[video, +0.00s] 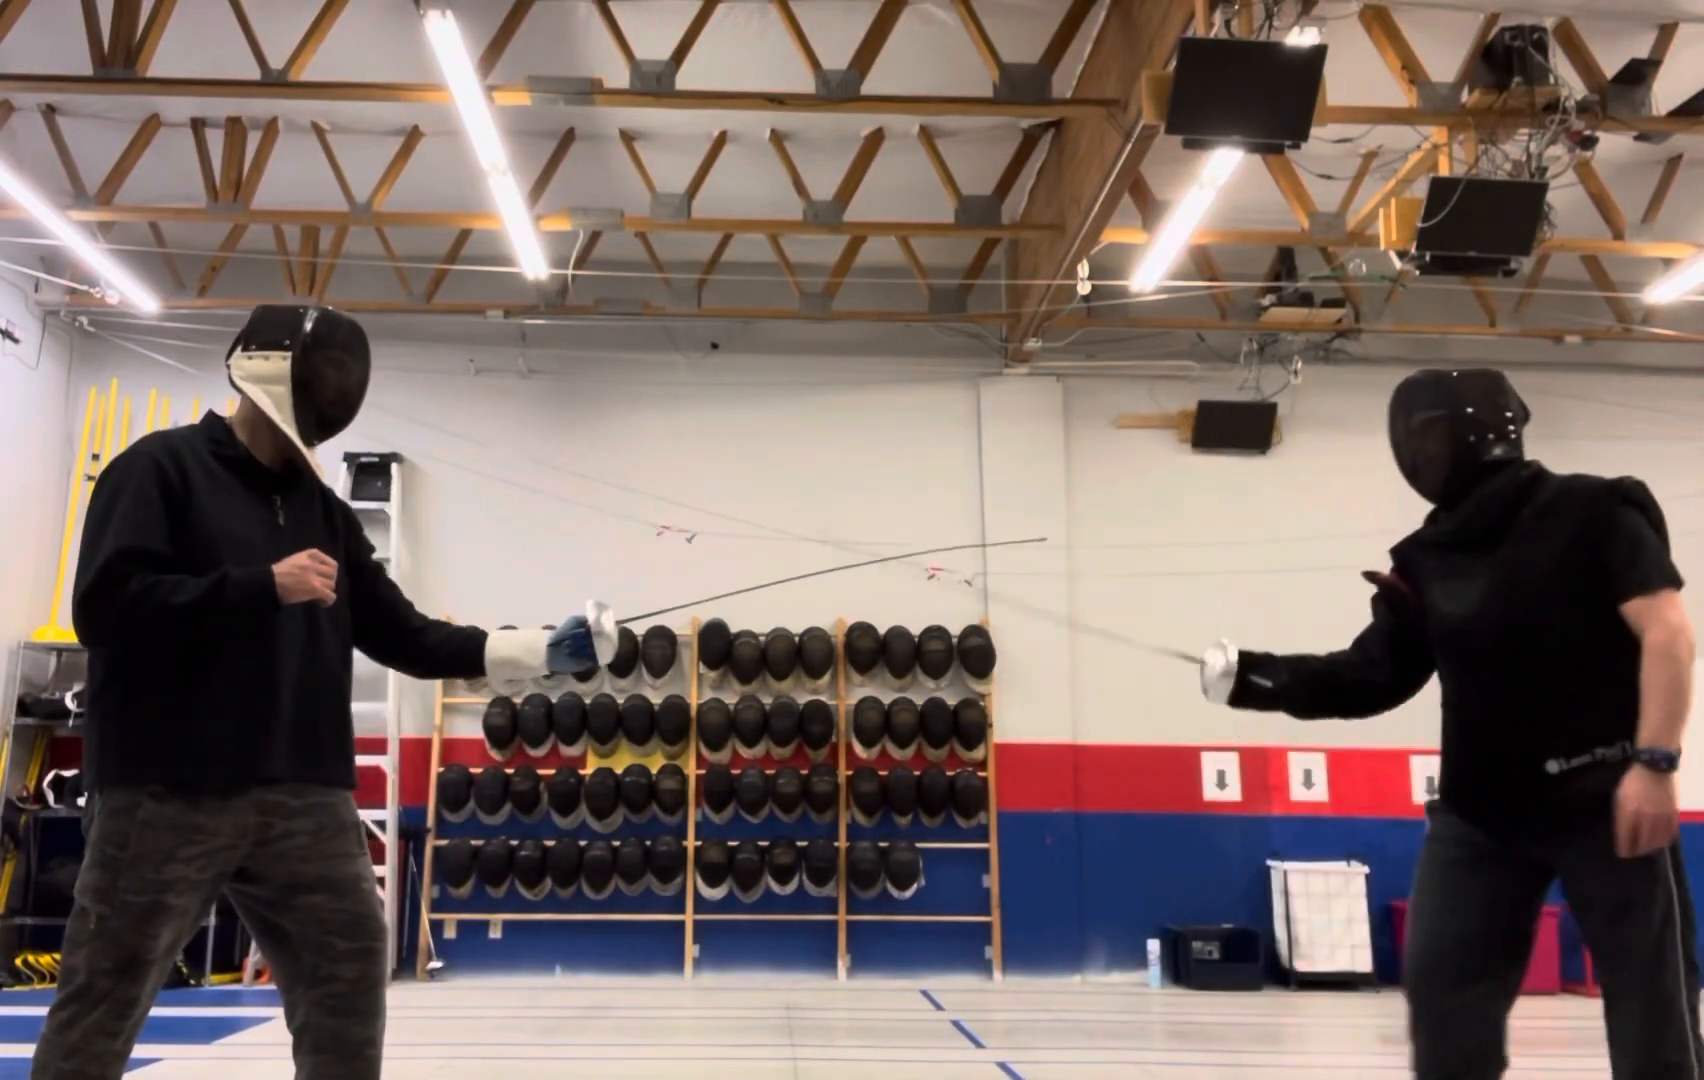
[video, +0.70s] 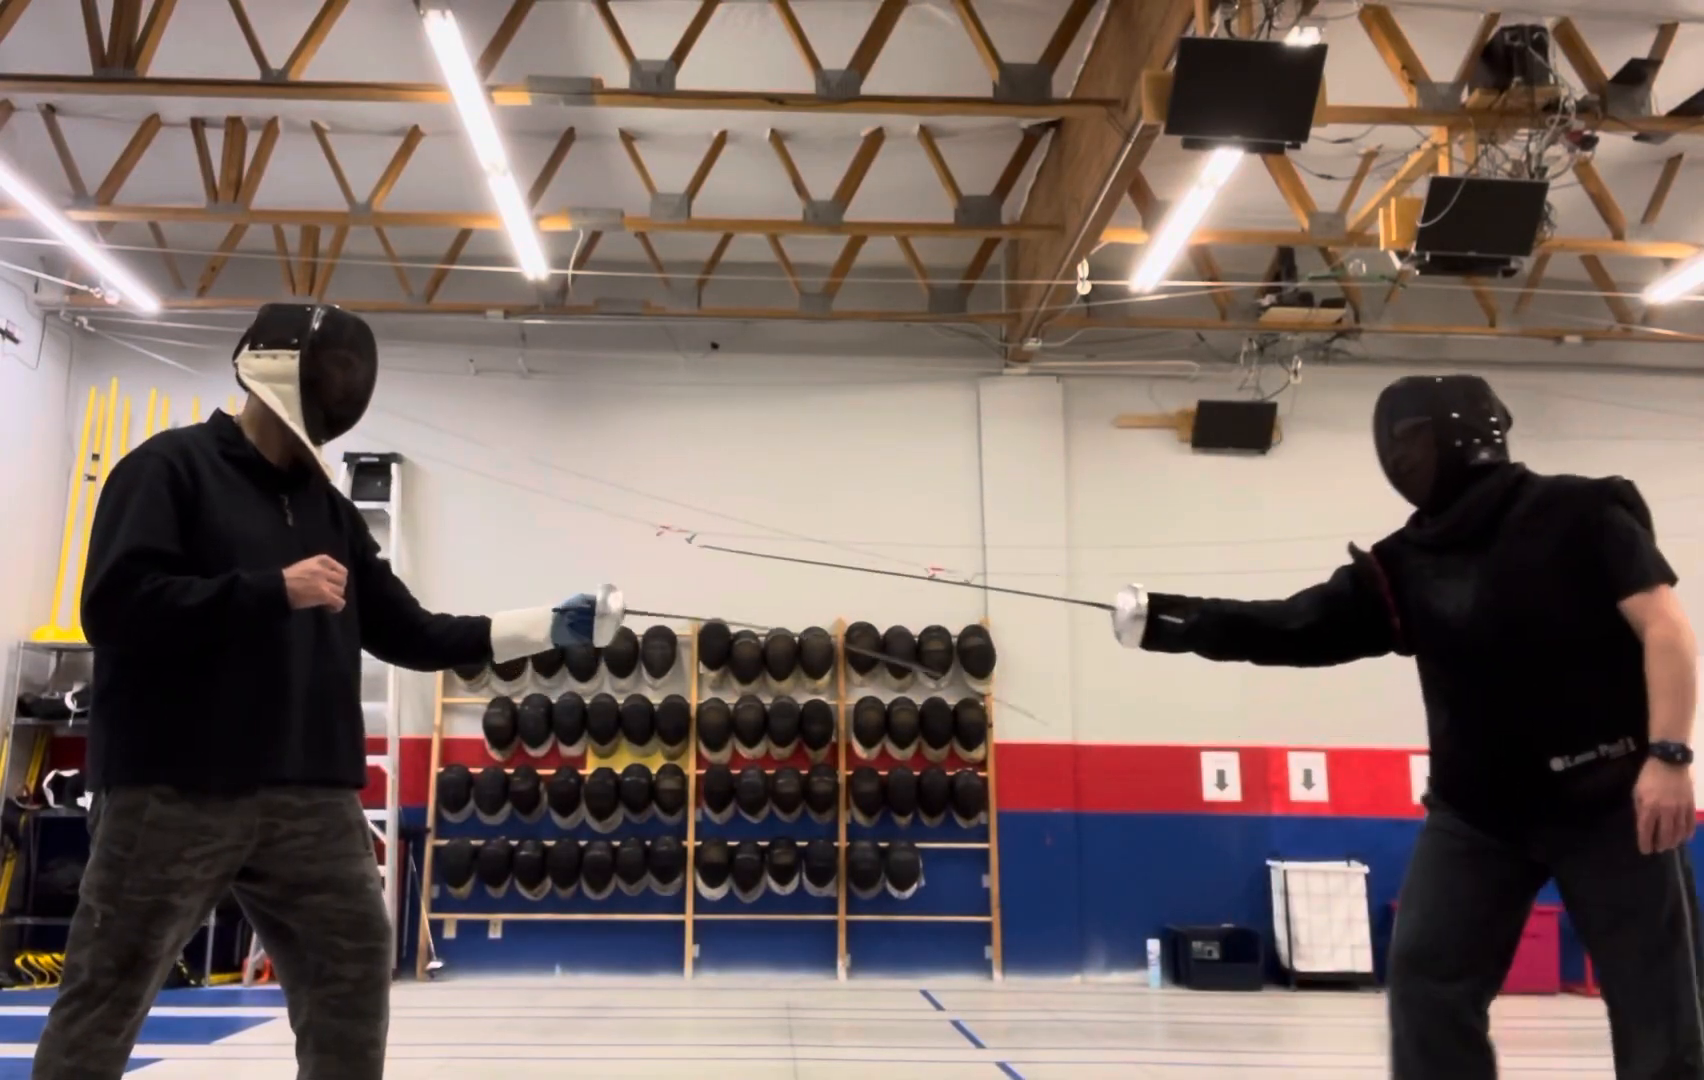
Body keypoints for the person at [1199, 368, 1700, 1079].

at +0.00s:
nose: (1408, 459)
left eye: (1418, 438)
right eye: (1405, 444)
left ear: (1462, 432)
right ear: (1493, 432)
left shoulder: (1596, 513)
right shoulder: (1428, 561)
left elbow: (1668, 631)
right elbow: (1373, 676)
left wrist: (1656, 764)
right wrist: (1250, 676)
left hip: (1606, 804)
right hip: (1480, 817)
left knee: (1654, 1021)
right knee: (1445, 1008)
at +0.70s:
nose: (1396, 463)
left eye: (1407, 442)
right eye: (1392, 448)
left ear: (1456, 436)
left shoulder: (1584, 513)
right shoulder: (1405, 567)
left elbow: (1666, 630)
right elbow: (1296, 624)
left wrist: (1670, 755)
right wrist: (1166, 620)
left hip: (1607, 804)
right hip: (1477, 819)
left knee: (1660, 1023)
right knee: (1428, 1001)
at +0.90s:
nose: (1319, 474)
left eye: (1329, 453)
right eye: (1317, 459)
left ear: (1373, 449)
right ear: (1398, 449)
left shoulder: (1507, 526)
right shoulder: (1336, 581)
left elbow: (1593, 641)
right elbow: (1229, 640)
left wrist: (1611, 767)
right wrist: (1102, 631)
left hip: (1542, 823)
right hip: (1412, 839)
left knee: (1624, 1048)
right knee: (1358, 1050)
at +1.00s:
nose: (1266, 471)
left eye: (1276, 450)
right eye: (1263, 455)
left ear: (1323, 442)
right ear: (1326, 451)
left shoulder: (1451, 519)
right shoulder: (1286, 577)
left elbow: (1534, 638)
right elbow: (1184, 648)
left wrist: (1557, 763)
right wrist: (1045, 633)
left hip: (1485, 819)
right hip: (1358, 834)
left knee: (1590, 1045)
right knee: (1305, 1057)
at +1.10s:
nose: (1213, 464)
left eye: (1221, 442)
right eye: (1209, 448)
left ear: (1274, 432)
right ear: (1268, 440)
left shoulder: (1394, 506)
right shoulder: (1235, 569)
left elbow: (1481, 621)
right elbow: (1141, 646)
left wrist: (1482, 747)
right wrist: (1018, 635)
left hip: (1437, 802)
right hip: (1312, 824)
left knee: (1551, 1030)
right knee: (1279, 1049)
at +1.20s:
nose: (1175, 447)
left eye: (1182, 429)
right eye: (1175, 433)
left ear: (1217, 432)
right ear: (1250, 432)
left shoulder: (1349, 498)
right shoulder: (1188, 564)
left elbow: (1433, 611)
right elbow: (1087, 627)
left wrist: (1413, 728)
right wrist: (961, 617)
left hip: (1403, 790)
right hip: (1284, 815)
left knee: (1514, 1004)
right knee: (1267, 1042)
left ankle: (1577, 1078)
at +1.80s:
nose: (1174, 444)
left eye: (1183, 424)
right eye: (1172, 429)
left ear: (1223, 422)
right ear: (1254, 419)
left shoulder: (1346, 499)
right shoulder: (1194, 562)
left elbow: (1424, 617)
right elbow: (1125, 667)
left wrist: (1386, 731)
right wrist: (994, 662)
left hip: (1396, 791)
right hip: (1274, 817)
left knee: (1507, 999)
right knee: (1258, 1040)